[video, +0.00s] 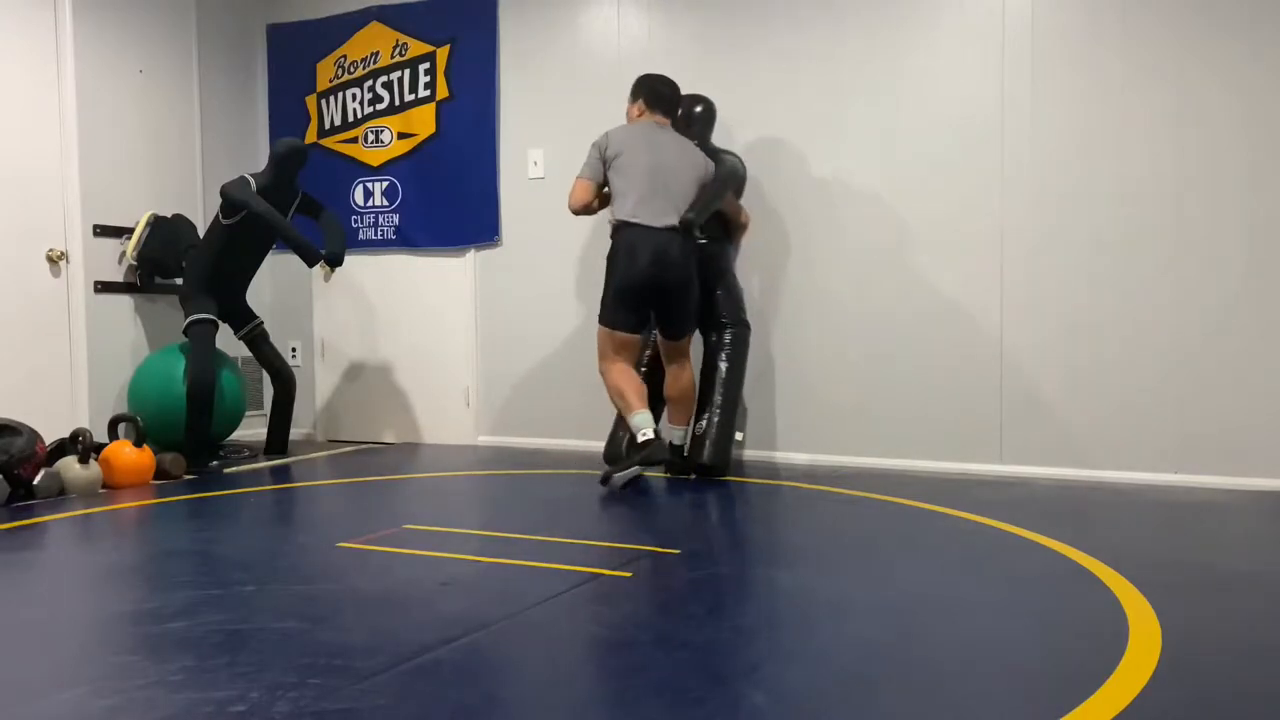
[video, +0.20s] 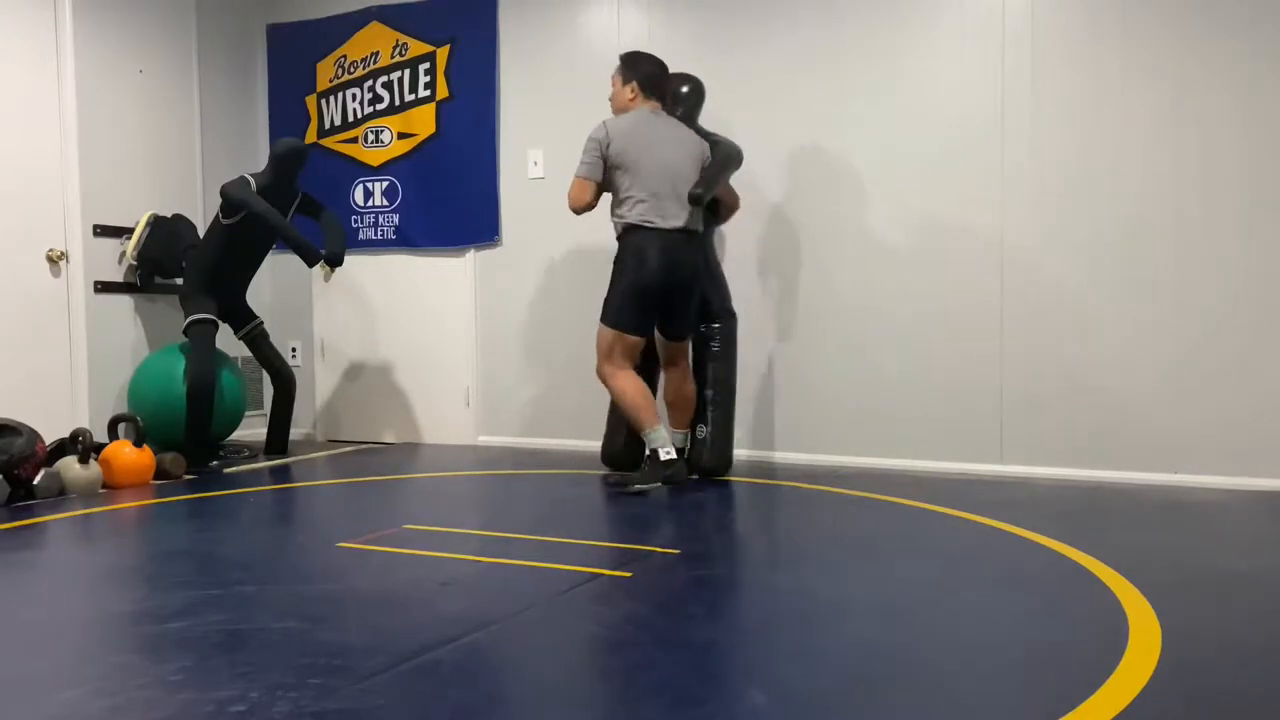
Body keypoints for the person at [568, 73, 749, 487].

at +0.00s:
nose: (628, 112)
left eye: (630, 106)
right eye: (630, 106)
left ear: (637, 107)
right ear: (675, 113)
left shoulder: (613, 139)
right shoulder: (699, 158)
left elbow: (579, 202)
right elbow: (738, 217)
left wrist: (612, 194)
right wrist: (730, 244)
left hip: (632, 255)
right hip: (680, 259)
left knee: (616, 356)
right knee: (677, 356)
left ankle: (646, 437)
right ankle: (677, 453)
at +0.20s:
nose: (610, 94)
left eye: (614, 86)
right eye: (612, 85)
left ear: (632, 89)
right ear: (658, 92)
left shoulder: (609, 130)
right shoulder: (693, 139)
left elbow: (578, 201)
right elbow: (729, 202)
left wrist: (608, 178)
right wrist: (702, 226)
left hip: (640, 254)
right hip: (688, 255)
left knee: (614, 363)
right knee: (677, 359)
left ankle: (665, 456)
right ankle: (677, 460)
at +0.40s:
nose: (598, 74)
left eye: (605, 64)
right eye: (600, 64)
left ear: (634, 69)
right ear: (641, 71)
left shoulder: (612, 121)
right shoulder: (686, 123)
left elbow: (578, 194)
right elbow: (706, 193)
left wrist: (601, 162)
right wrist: (669, 202)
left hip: (640, 254)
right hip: (684, 254)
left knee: (619, 367)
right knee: (671, 365)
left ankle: (665, 463)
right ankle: (675, 464)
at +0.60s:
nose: (592, 56)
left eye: (600, 45)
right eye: (592, 46)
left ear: (633, 53)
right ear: (632, 55)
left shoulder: (619, 112)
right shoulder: (664, 105)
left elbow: (586, 186)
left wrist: (574, 151)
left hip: (641, 244)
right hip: (670, 239)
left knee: (624, 362)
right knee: (635, 359)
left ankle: (667, 469)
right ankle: (662, 463)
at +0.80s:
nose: (579, 52)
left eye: (587, 42)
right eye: (578, 43)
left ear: (620, 47)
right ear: (619, 50)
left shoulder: (615, 105)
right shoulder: (640, 96)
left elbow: (585, 179)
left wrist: (562, 147)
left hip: (632, 242)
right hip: (644, 237)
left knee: (634, 364)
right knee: (588, 333)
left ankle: (670, 466)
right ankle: (579, 446)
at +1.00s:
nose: (555, 61)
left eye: (563, 50)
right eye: (554, 52)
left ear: (596, 53)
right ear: (591, 56)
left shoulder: (602, 105)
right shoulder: (602, 102)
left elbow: (576, 173)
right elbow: (579, 164)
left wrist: (542, 148)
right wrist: (553, 143)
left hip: (603, 248)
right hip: (580, 248)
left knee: (610, 372)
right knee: (549, 360)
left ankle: (667, 465)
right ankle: (535, 464)